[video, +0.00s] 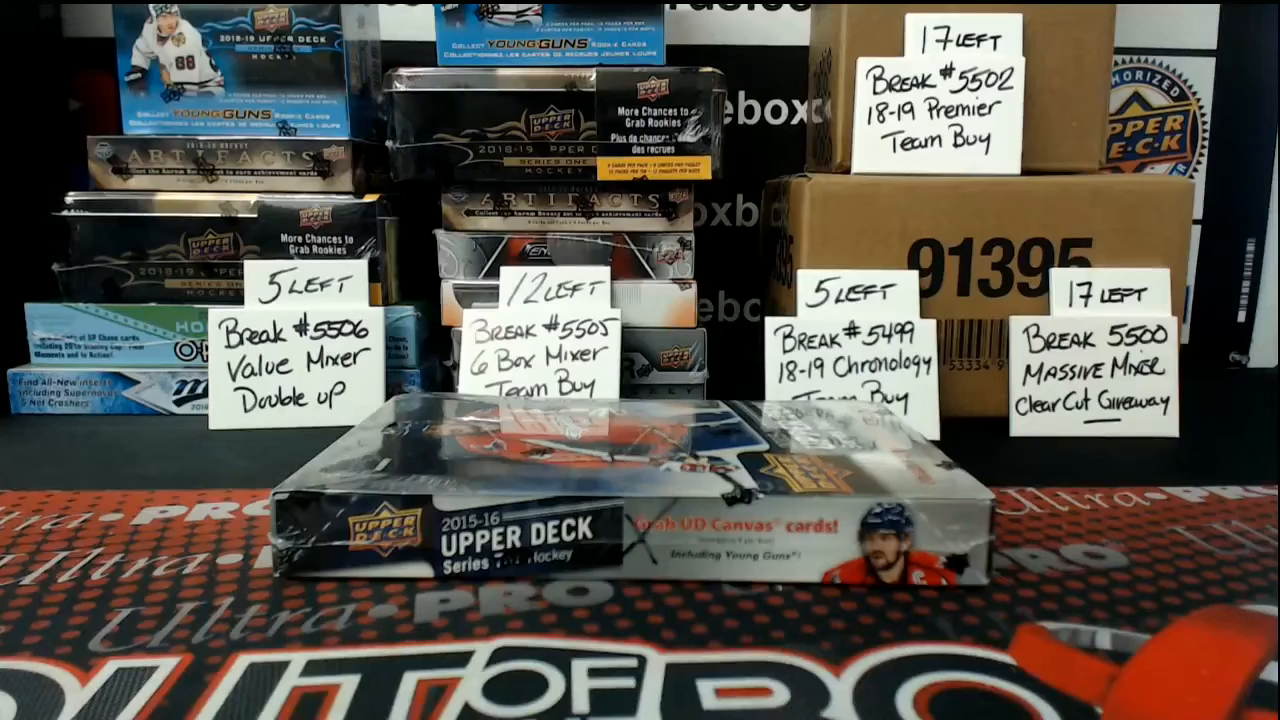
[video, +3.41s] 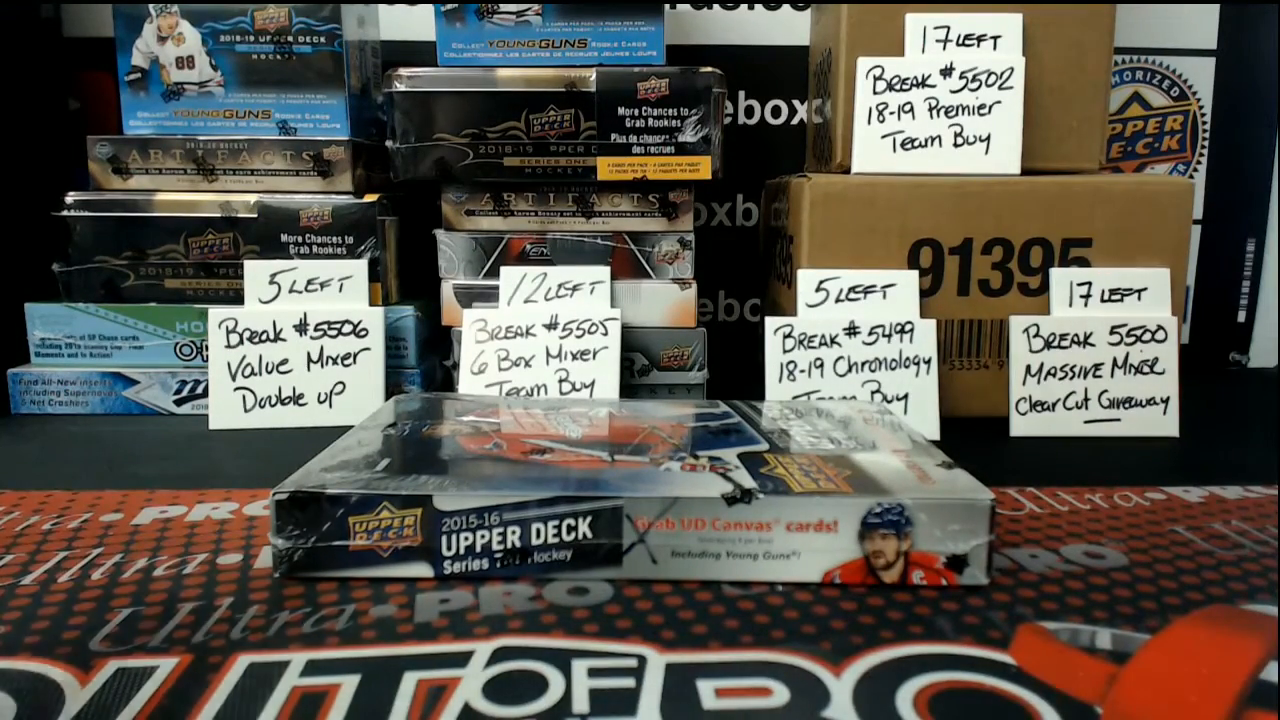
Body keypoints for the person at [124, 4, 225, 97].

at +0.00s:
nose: (170, 22)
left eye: (173, 17)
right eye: (164, 18)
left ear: (178, 17)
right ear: (156, 19)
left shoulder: (186, 35)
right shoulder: (150, 28)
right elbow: (141, 50)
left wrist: (177, 89)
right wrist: (137, 73)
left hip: (209, 84)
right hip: (181, 84)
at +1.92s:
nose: (170, 22)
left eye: (173, 17)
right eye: (164, 17)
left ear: (178, 17)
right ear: (156, 20)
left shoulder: (186, 36)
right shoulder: (150, 29)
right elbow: (142, 50)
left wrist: (178, 88)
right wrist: (137, 71)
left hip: (208, 84)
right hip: (180, 83)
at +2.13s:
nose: (170, 22)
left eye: (173, 17)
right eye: (164, 18)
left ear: (178, 17)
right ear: (156, 20)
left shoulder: (186, 36)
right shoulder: (150, 28)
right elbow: (142, 50)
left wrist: (179, 89)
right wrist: (137, 72)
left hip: (209, 84)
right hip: (181, 83)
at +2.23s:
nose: (170, 22)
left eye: (173, 17)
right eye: (164, 17)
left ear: (178, 17)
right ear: (156, 20)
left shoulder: (186, 34)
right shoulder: (150, 29)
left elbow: (188, 65)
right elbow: (142, 50)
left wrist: (180, 87)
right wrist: (137, 73)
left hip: (208, 83)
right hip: (181, 84)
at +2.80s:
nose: (170, 22)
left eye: (173, 17)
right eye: (164, 18)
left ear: (178, 17)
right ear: (156, 20)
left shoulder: (186, 35)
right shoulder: (150, 28)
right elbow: (141, 50)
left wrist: (179, 89)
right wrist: (137, 74)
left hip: (209, 84)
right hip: (181, 85)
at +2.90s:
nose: (170, 22)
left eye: (173, 17)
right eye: (164, 18)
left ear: (178, 17)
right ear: (156, 20)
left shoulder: (186, 35)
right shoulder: (150, 28)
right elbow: (141, 50)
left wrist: (179, 89)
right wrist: (137, 74)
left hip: (209, 84)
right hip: (181, 85)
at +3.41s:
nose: (170, 22)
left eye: (173, 17)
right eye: (164, 18)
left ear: (178, 17)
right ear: (156, 20)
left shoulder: (185, 35)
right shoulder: (150, 28)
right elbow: (141, 50)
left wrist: (178, 89)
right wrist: (136, 74)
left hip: (209, 84)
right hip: (181, 84)